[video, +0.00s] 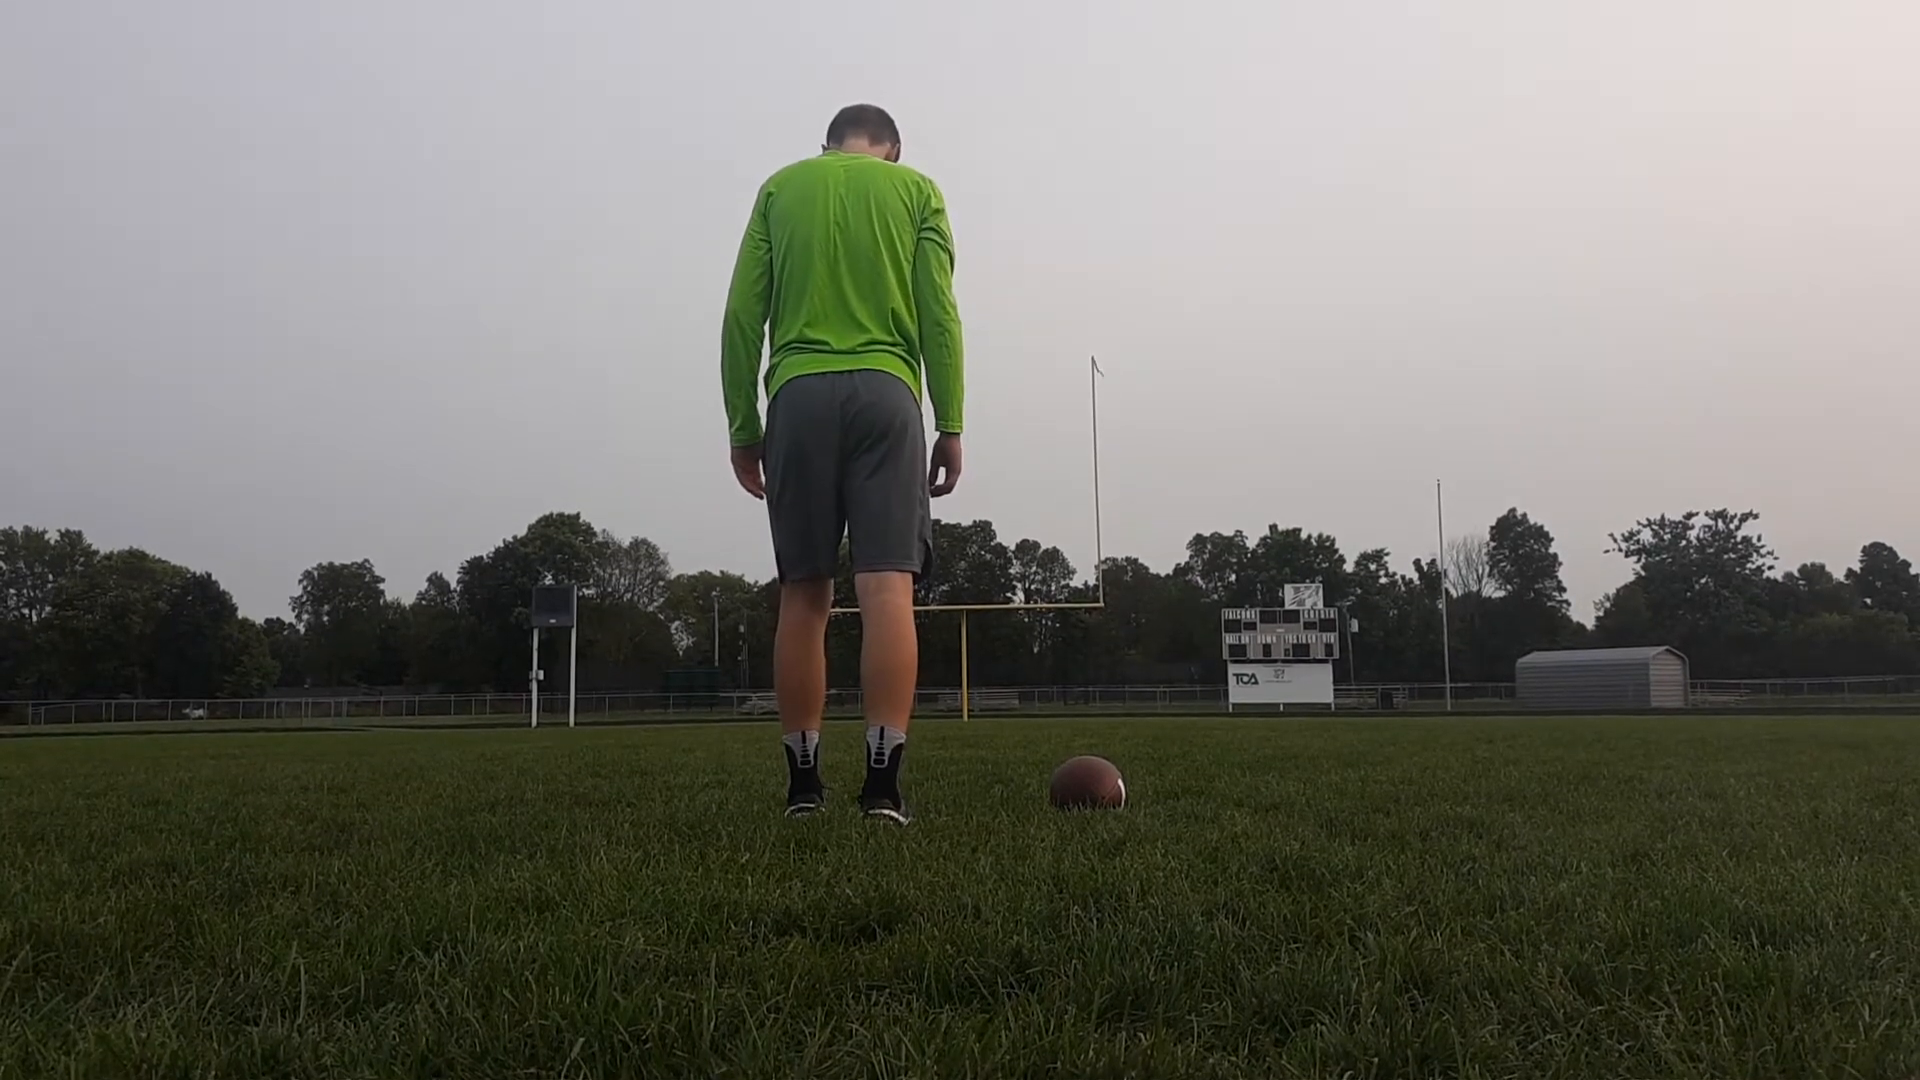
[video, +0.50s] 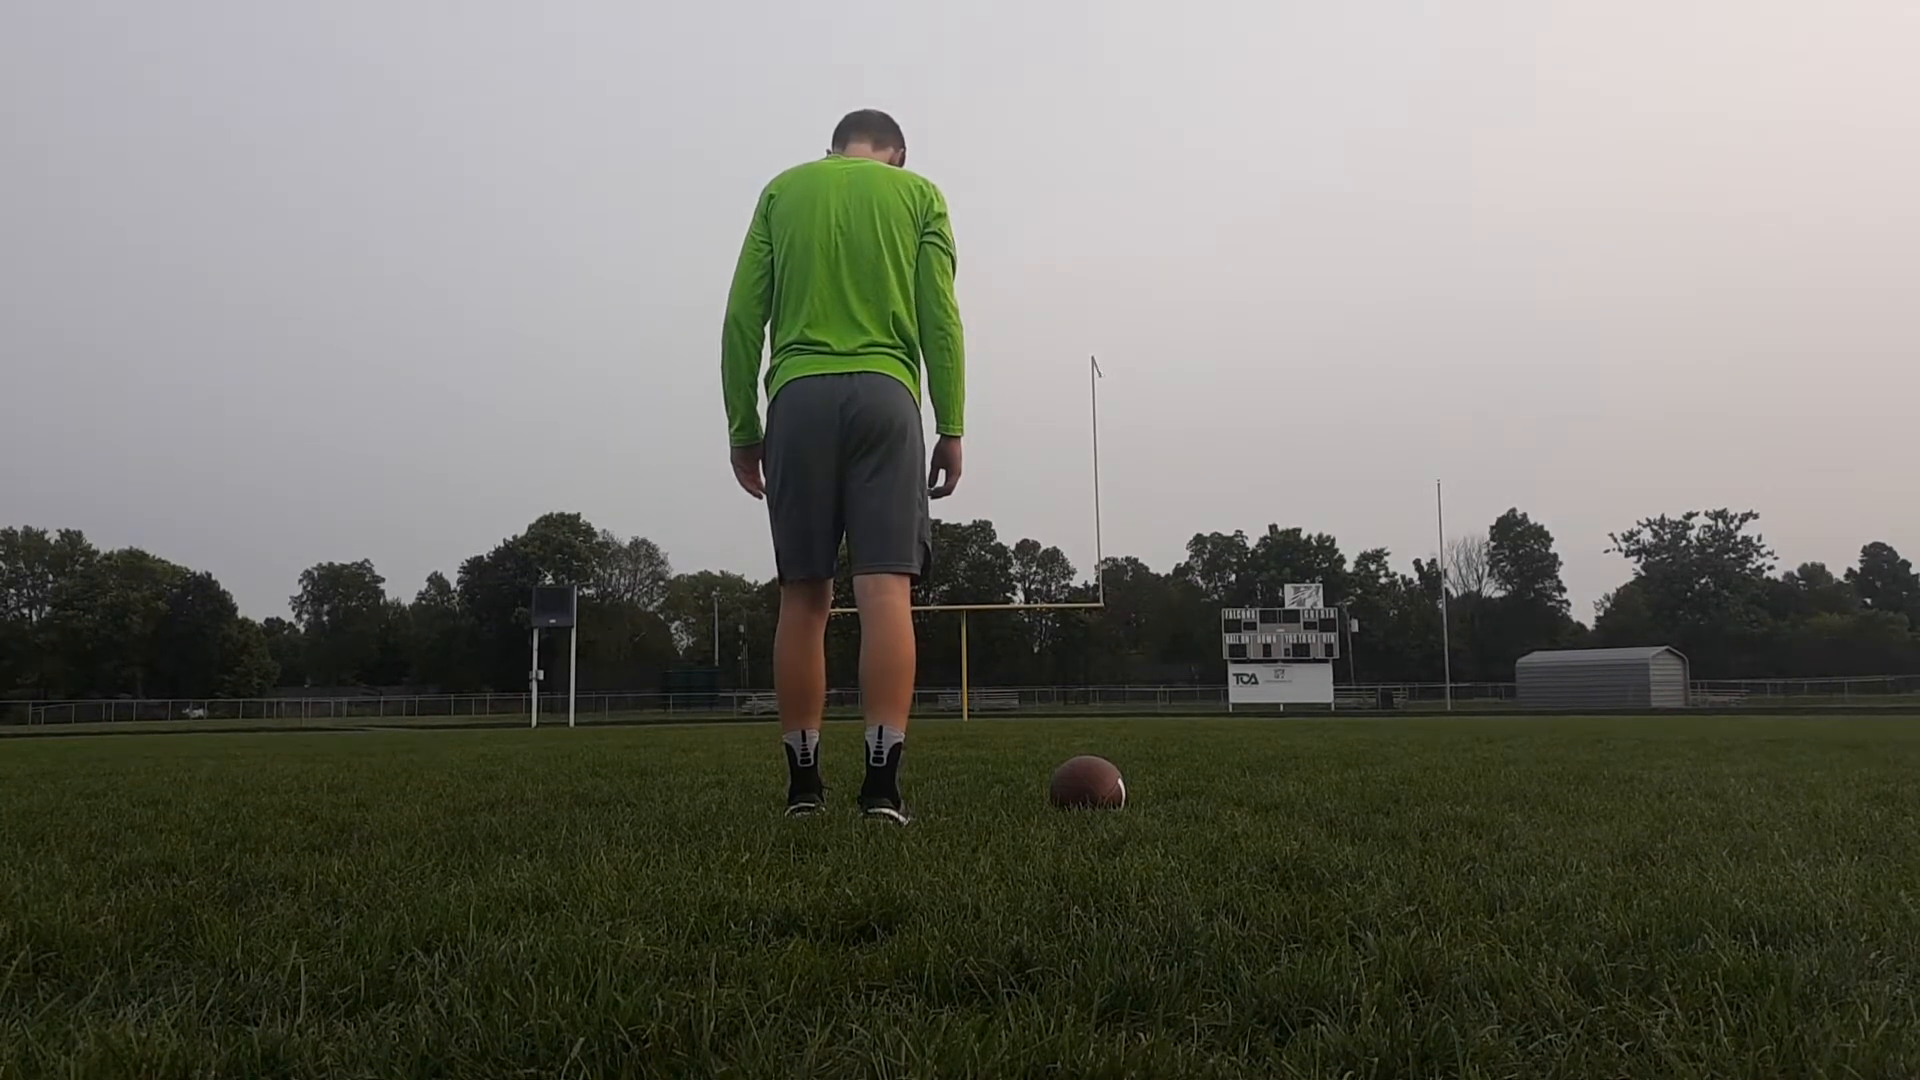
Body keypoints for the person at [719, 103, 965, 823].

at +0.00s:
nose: (894, 164)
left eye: (886, 155)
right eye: (896, 154)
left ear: (827, 142)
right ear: (891, 146)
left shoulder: (780, 186)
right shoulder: (914, 187)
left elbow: (743, 310)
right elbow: (937, 306)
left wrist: (743, 428)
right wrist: (950, 424)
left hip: (798, 396)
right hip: (885, 394)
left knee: (803, 591)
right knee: (886, 589)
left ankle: (803, 784)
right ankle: (882, 787)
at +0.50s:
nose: (900, 173)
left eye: (896, 164)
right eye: (902, 162)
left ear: (834, 145)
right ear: (895, 151)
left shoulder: (782, 189)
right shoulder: (917, 193)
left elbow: (743, 315)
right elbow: (939, 313)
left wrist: (743, 427)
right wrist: (952, 426)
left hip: (799, 397)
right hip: (885, 396)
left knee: (803, 596)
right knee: (885, 592)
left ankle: (803, 785)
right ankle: (882, 790)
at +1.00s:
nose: (907, 176)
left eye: (901, 165)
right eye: (908, 166)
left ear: (841, 148)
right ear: (902, 155)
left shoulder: (787, 187)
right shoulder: (923, 193)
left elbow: (745, 311)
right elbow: (943, 313)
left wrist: (743, 427)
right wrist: (955, 429)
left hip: (801, 396)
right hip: (888, 394)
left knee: (804, 595)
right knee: (890, 591)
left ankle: (804, 787)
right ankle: (883, 792)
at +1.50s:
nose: (910, 174)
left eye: (905, 164)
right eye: (911, 164)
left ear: (844, 145)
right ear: (904, 152)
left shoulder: (790, 184)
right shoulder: (925, 192)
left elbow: (749, 310)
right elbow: (945, 314)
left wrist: (748, 425)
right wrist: (956, 428)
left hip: (804, 395)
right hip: (891, 394)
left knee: (805, 595)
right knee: (888, 591)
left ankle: (804, 785)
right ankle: (883, 791)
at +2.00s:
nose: (910, 170)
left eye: (905, 161)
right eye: (912, 160)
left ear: (843, 141)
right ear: (906, 148)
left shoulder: (792, 184)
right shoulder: (927, 191)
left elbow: (751, 310)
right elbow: (947, 313)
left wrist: (751, 426)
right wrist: (957, 427)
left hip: (807, 397)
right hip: (893, 397)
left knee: (806, 593)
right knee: (889, 591)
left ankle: (805, 787)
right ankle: (882, 792)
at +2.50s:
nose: (938, 156)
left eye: (933, 146)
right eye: (941, 145)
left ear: (871, 121)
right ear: (932, 132)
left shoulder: (812, 162)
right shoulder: (952, 174)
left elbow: (759, 287)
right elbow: (977, 300)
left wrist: (749, 408)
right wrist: (991, 420)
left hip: (814, 387)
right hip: (907, 390)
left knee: (802, 584)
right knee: (900, 590)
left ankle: (795, 781)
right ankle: (883, 792)